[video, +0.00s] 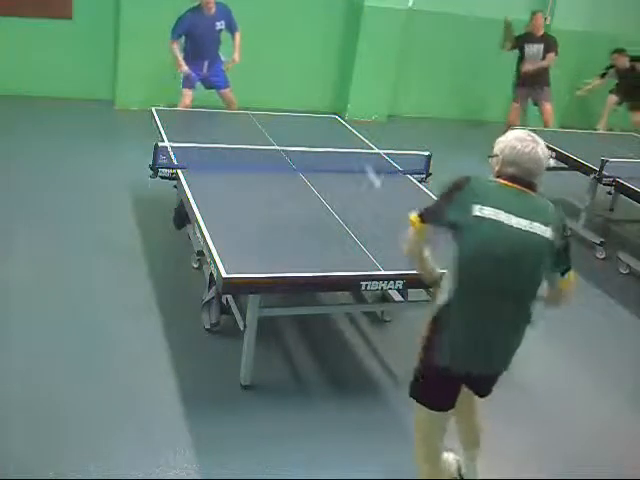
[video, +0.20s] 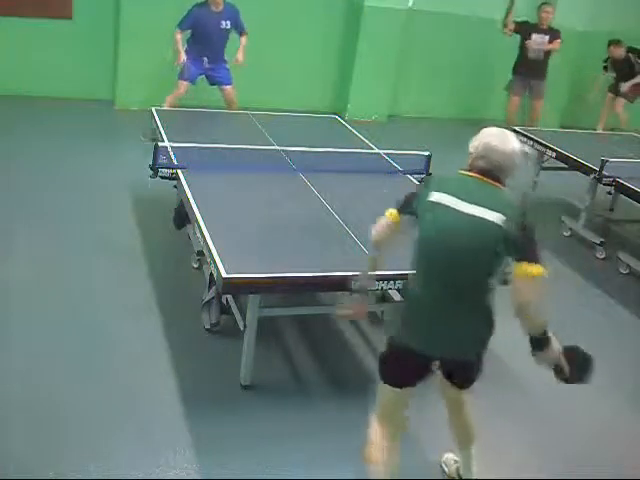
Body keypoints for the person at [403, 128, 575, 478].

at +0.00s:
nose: (491, 161)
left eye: (494, 157)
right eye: (493, 156)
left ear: (497, 163)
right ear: (539, 173)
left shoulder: (469, 190)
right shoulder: (551, 216)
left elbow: (414, 235)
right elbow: (562, 291)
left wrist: (428, 273)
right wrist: (536, 294)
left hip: (458, 326)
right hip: (506, 334)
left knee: (429, 420)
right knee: (467, 396)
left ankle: (431, 473)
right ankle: (470, 468)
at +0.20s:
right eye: (513, 166)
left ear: (471, 158)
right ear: (509, 170)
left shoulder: (432, 186)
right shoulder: (512, 215)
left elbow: (379, 235)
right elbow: (527, 295)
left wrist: (372, 277)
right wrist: (541, 342)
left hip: (418, 323)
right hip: (468, 330)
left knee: (386, 418)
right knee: (457, 397)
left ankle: (382, 473)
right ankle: (467, 469)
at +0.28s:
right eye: (496, 161)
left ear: (454, 151)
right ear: (494, 165)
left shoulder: (414, 181)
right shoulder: (496, 204)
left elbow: (351, 227)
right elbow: (503, 286)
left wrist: (332, 287)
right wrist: (537, 329)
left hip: (401, 320)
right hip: (453, 327)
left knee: (362, 406)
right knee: (450, 393)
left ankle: (356, 472)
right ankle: (465, 466)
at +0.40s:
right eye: (447, 151)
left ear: (405, 145)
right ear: (443, 155)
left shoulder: (368, 185)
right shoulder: (451, 193)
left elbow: (326, 228)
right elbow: (459, 244)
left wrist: (318, 282)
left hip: (366, 320)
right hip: (419, 326)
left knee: (306, 384)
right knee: (437, 386)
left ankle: (287, 470)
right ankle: (465, 458)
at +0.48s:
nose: (366, 148)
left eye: (370, 144)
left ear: (372, 153)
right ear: (411, 158)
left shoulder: (347, 199)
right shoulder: (420, 197)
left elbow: (322, 265)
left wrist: (320, 294)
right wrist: (342, 186)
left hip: (355, 325)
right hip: (401, 324)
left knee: (287, 377)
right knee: (417, 381)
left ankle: (267, 468)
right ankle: (461, 452)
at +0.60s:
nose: (297, 161)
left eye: (299, 157)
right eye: (299, 155)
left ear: (306, 165)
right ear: (338, 157)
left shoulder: (314, 213)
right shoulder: (364, 187)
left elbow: (313, 293)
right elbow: (327, 233)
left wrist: (304, 318)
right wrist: (286, 259)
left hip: (340, 323)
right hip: (377, 313)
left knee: (270, 373)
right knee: (377, 375)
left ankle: (266, 468)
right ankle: (435, 435)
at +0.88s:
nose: (258, 136)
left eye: (260, 131)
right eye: (262, 129)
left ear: (267, 143)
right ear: (305, 129)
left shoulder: (270, 194)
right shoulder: (329, 157)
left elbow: (274, 276)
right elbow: (310, 217)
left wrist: (282, 312)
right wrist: (258, 222)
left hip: (319, 297)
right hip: (355, 283)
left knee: (266, 376)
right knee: (352, 357)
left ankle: (266, 469)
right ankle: (395, 430)